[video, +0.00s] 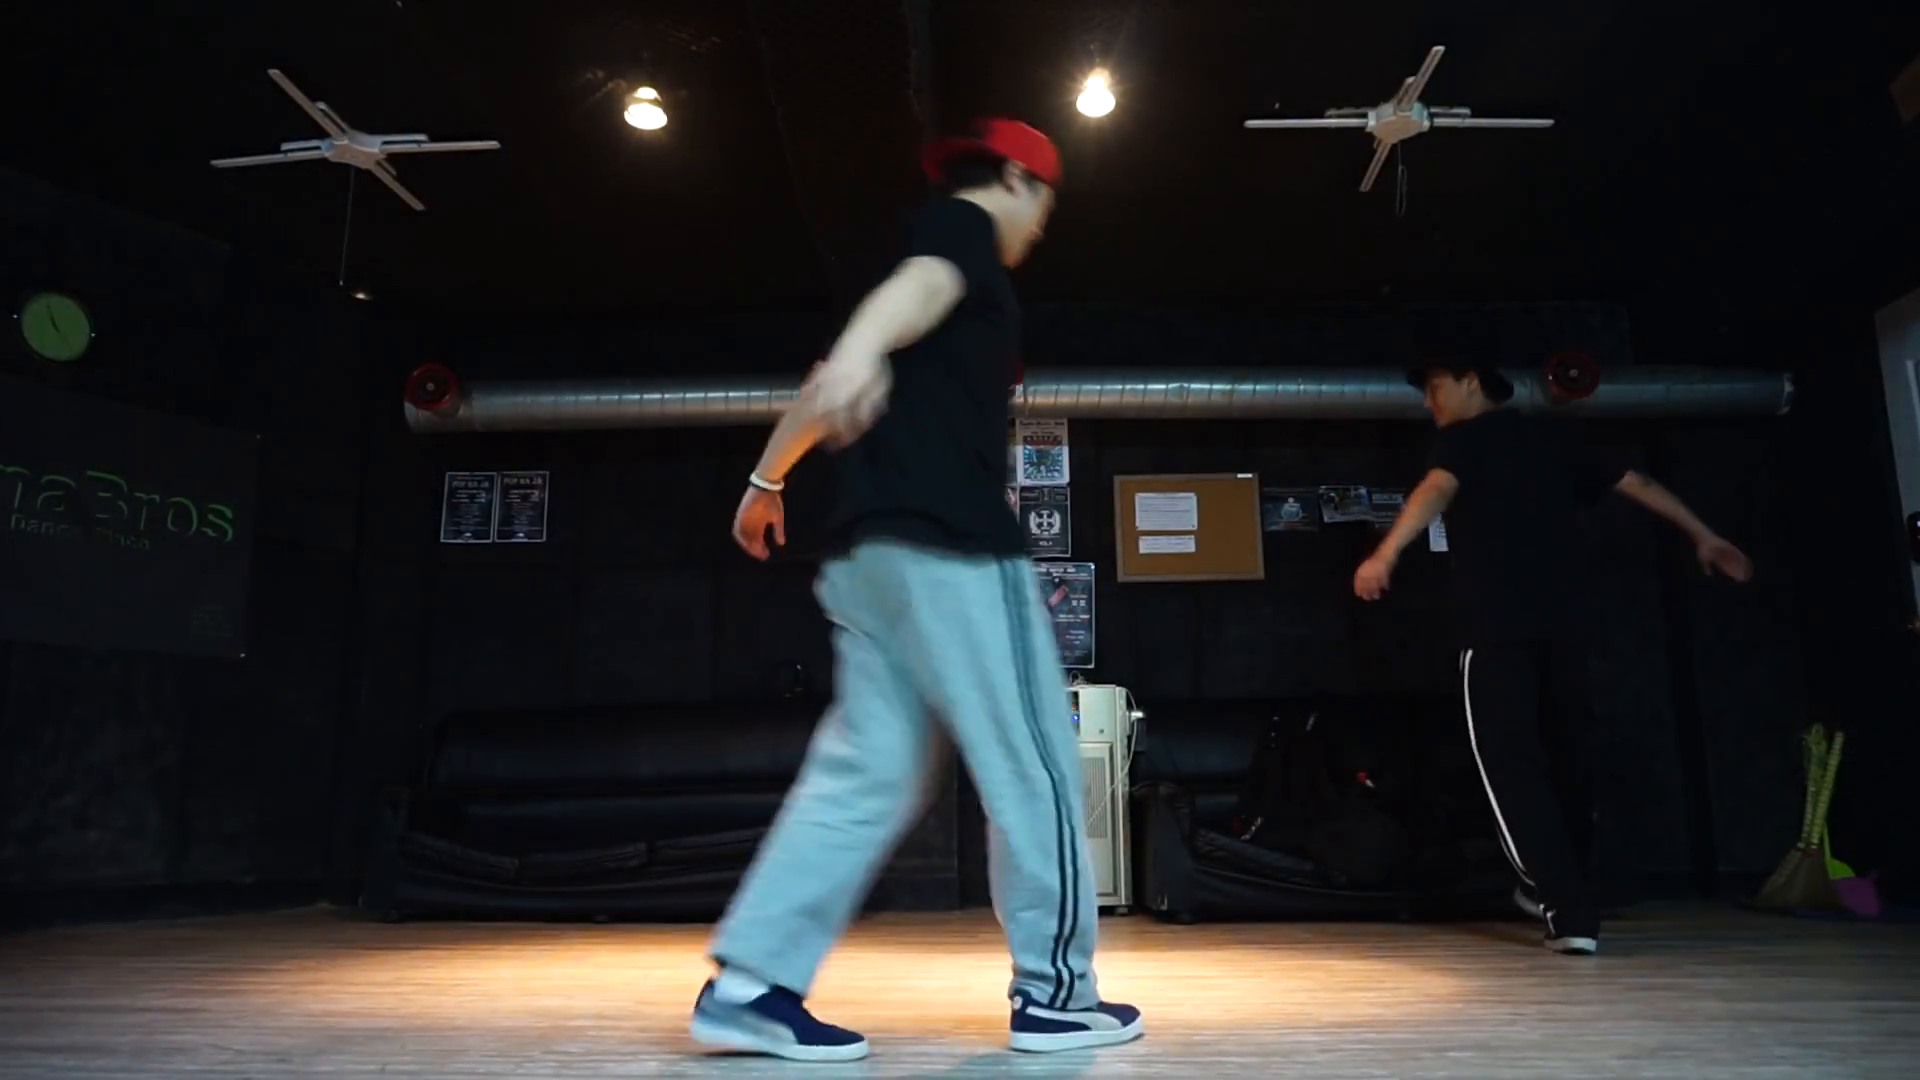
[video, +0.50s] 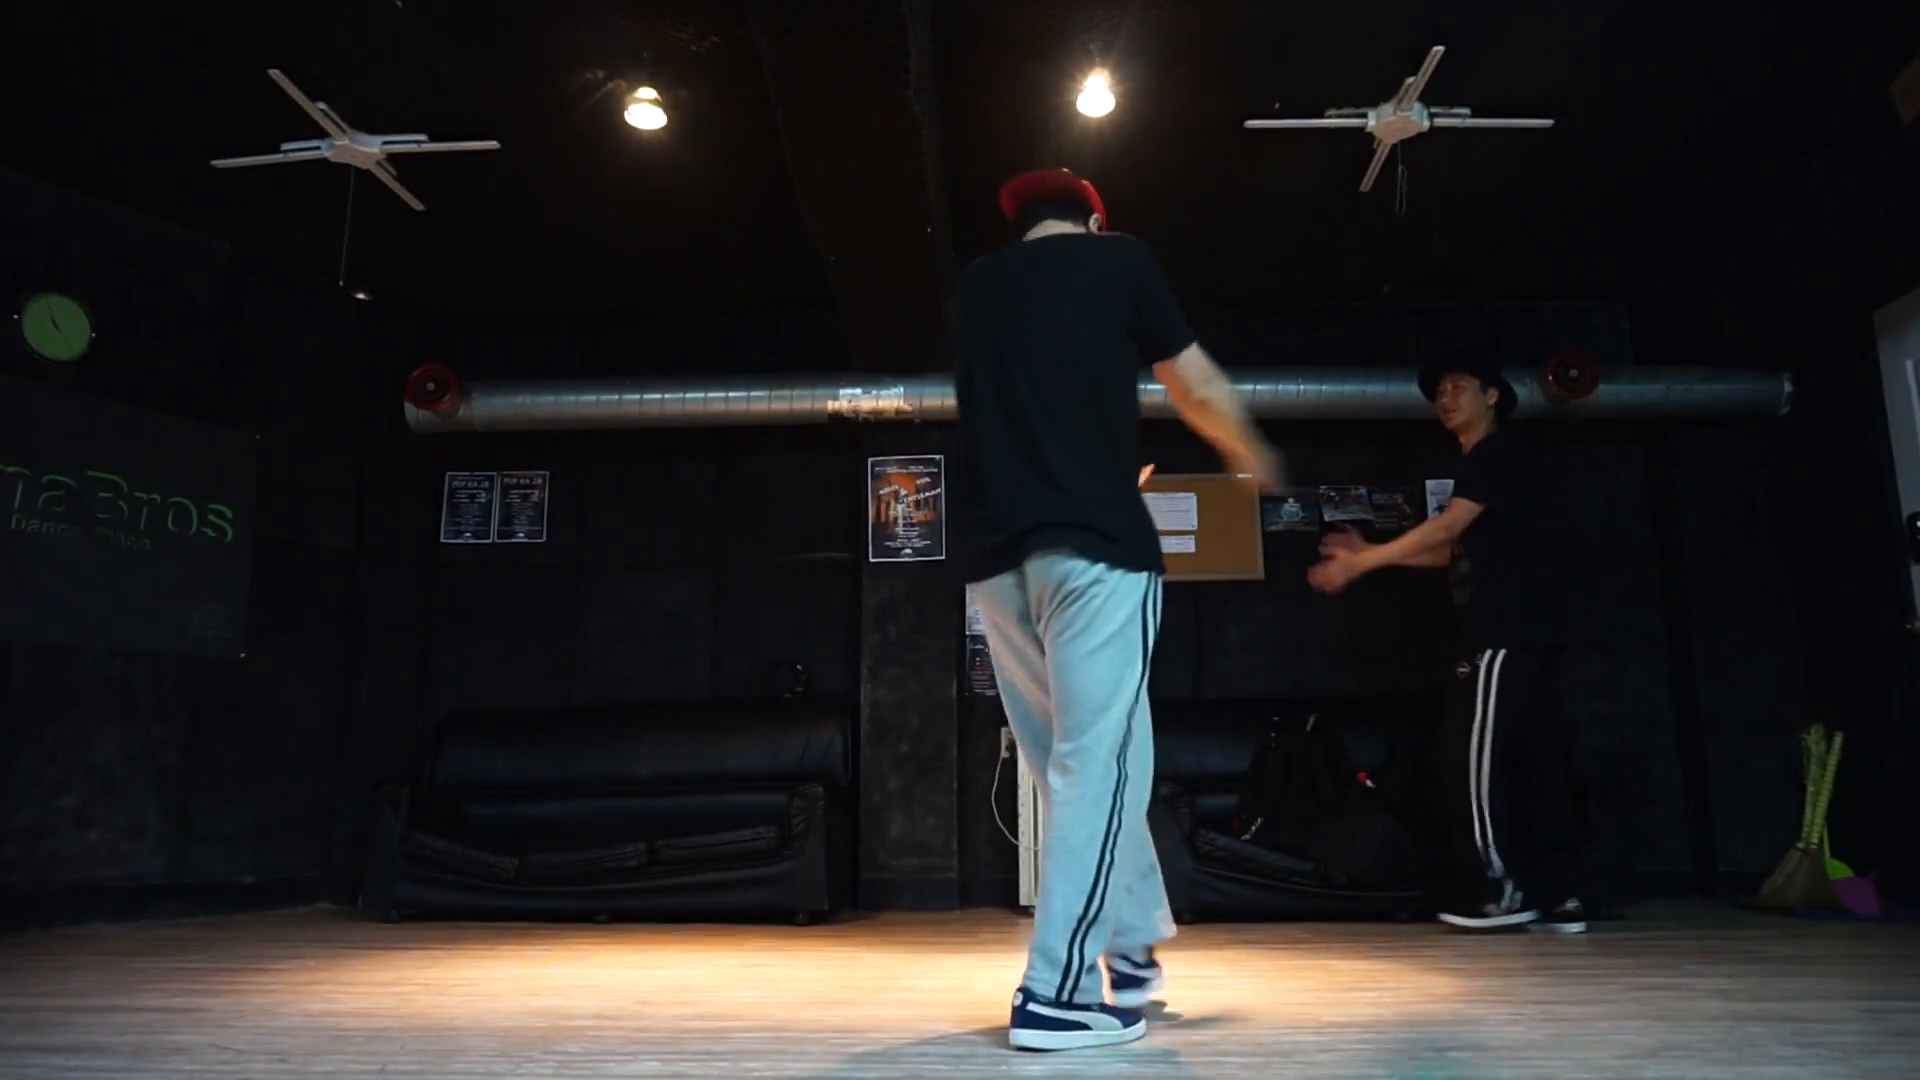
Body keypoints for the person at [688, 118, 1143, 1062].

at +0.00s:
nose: (1038, 223)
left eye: (1043, 205)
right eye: (1039, 202)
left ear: (974, 181)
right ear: (1011, 181)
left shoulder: (927, 257)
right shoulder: (965, 229)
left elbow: (831, 382)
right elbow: (907, 294)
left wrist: (767, 478)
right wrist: (861, 353)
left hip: (872, 555)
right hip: (956, 554)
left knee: (869, 771)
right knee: (1035, 767)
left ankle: (750, 988)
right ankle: (1055, 994)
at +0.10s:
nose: (1080, 252)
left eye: (1084, 237)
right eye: (1081, 232)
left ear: (1003, 204)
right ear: (1055, 208)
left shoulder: (938, 275)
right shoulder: (1013, 252)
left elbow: (858, 395)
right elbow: (974, 303)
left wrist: (789, 475)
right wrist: (960, 340)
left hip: (912, 575)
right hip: (1004, 569)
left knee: (949, 787)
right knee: (1073, 777)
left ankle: (810, 944)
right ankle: (1057, 999)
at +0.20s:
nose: (1100, 258)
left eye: (1102, 248)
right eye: (1099, 246)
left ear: (1019, 219)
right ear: (1078, 228)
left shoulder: (945, 296)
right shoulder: (1043, 257)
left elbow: (885, 417)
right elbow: (1095, 320)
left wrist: (821, 497)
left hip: (943, 580)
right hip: (1036, 569)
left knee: (1008, 772)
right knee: (1106, 782)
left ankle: (903, 901)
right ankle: (1057, 1000)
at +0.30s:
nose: (1106, 256)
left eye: (1102, 245)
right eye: (1104, 244)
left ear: (1016, 228)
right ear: (1086, 229)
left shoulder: (952, 299)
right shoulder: (1073, 264)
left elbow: (929, 430)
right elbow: (1168, 324)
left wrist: (911, 538)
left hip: (962, 570)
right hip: (1058, 561)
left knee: (1033, 754)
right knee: (1112, 778)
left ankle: (986, 897)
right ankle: (1057, 998)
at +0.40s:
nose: (1103, 245)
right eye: (1102, 233)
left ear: (1011, 228)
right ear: (1091, 222)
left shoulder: (962, 288)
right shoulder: (1099, 262)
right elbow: (1209, 361)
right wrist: (1344, 442)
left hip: (980, 564)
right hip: (1077, 549)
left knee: (1051, 754)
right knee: (1114, 767)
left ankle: (1059, 965)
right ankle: (1059, 996)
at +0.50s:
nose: (1097, 231)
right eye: (1096, 220)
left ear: (1015, 229)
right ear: (1094, 219)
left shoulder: (977, 286)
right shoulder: (1117, 261)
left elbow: (1008, 414)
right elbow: (1196, 391)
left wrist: (1109, 474)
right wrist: (1255, 459)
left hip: (995, 556)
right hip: (1095, 539)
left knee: (1084, 760)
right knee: (1091, 766)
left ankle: (1129, 960)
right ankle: (1054, 996)